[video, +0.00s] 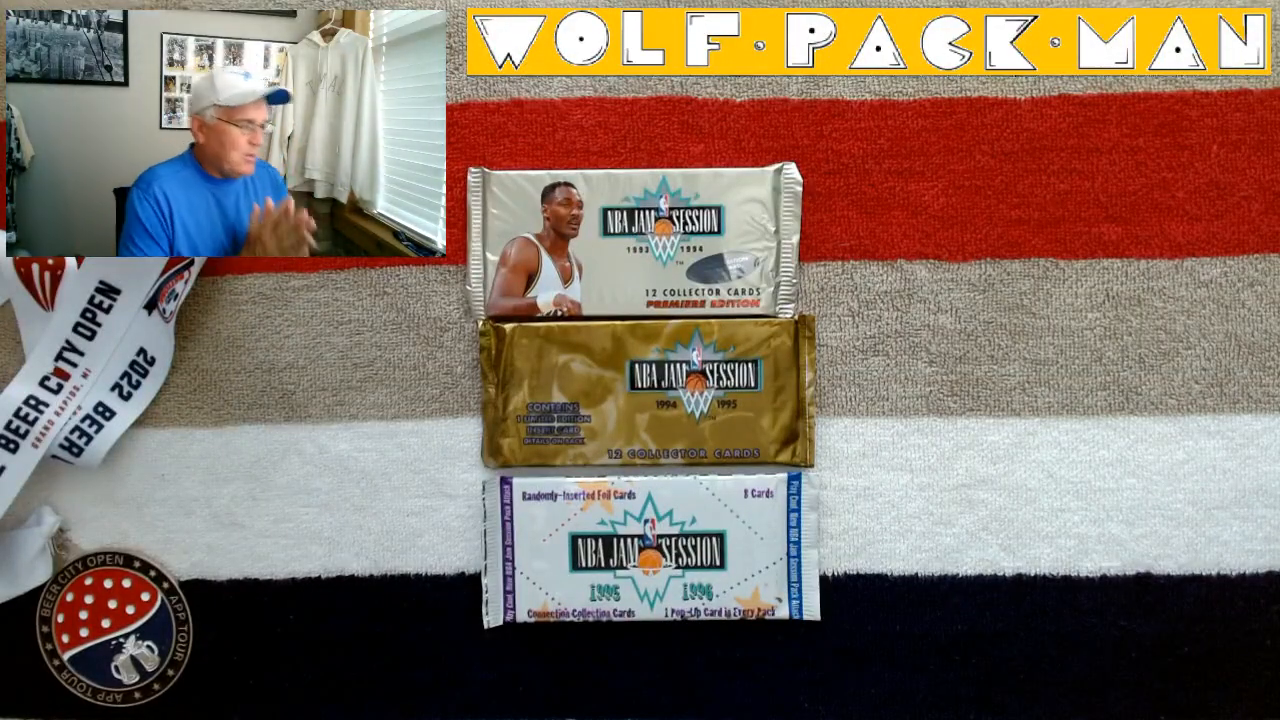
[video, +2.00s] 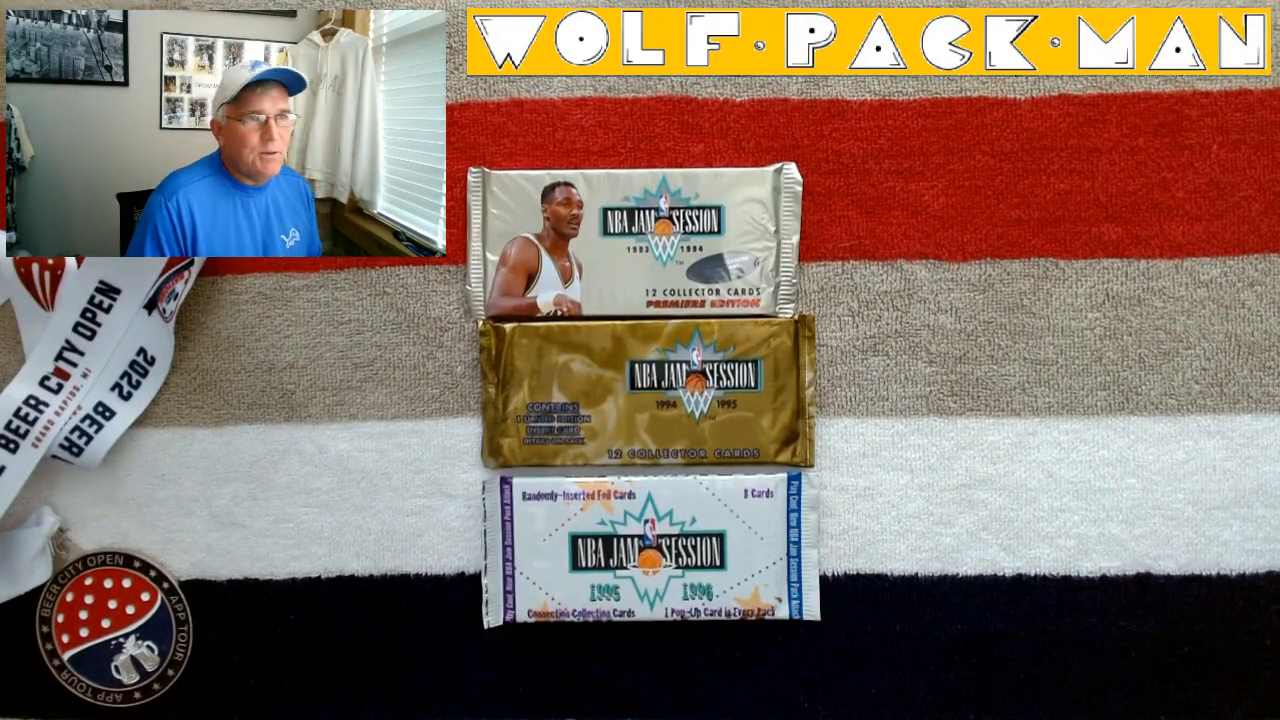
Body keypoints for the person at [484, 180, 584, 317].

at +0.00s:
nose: (576, 213)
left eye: (580, 207)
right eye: (566, 205)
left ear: (583, 211)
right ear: (545, 211)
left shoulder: (575, 265)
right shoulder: (520, 250)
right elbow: (495, 307)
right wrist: (550, 301)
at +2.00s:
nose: (576, 213)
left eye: (580, 206)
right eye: (566, 205)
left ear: (583, 211)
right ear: (545, 211)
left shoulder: (575, 265)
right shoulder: (521, 249)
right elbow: (495, 307)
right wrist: (550, 301)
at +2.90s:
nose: (576, 213)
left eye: (580, 207)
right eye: (566, 205)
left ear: (583, 211)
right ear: (545, 211)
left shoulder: (575, 265)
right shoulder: (520, 249)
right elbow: (495, 307)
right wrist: (551, 300)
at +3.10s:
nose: (576, 213)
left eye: (580, 207)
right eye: (566, 205)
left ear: (583, 212)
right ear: (545, 211)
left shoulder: (575, 266)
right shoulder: (521, 250)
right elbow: (495, 307)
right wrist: (550, 301)